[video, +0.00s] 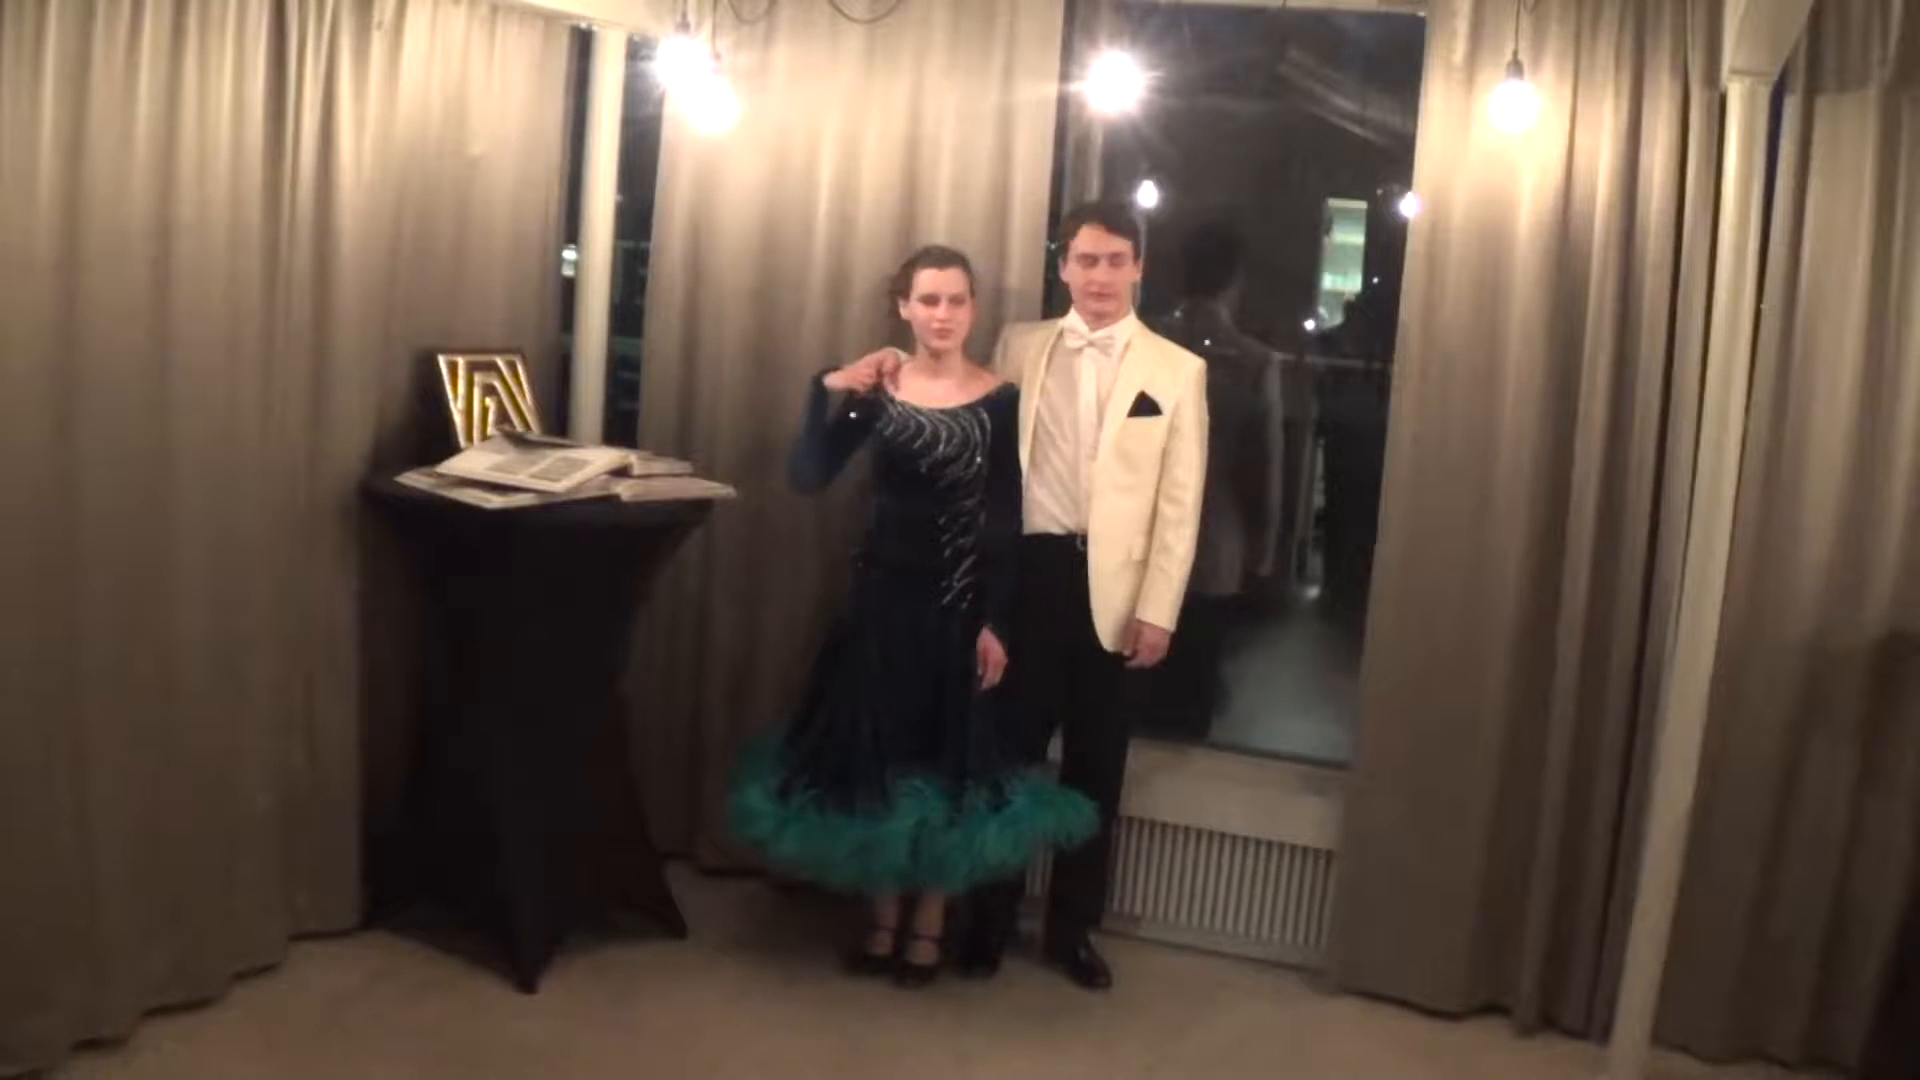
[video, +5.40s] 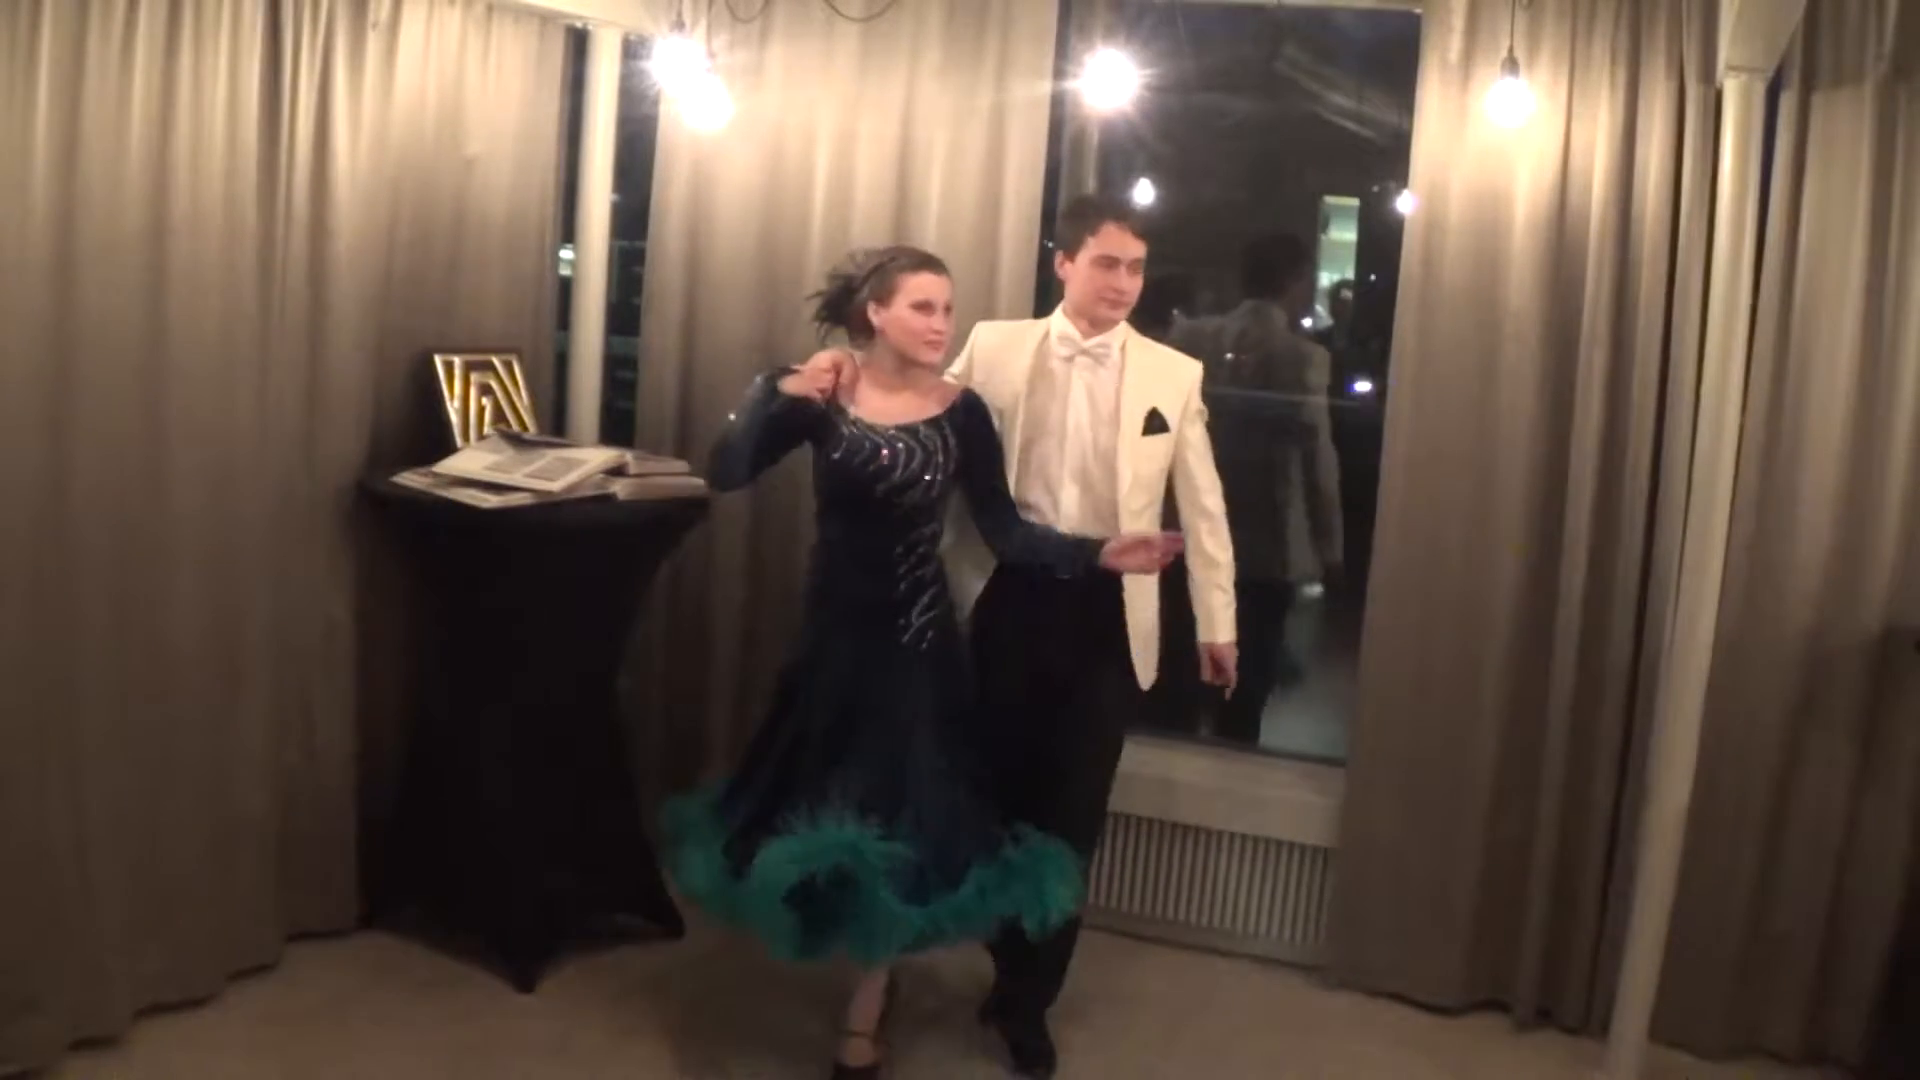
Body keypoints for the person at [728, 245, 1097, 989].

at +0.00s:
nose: (943, 314)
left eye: (956, 301)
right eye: (929, 300)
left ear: (976, 310)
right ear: (903, 308)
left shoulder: (998, 399)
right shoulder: (880, 389)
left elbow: (1005, 517)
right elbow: (811, 473)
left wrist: (994, 620)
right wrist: (832, 392)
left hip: (962, 598)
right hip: (887, 590)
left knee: (949, 752)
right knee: (884, 747)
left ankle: (932, 910)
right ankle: (884, 905)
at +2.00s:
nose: (959, 323)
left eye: (968, 309)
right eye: (943, 309)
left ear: (980, 314)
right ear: (903, 311)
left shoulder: (992, 397)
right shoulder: (871, 384)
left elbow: (1004, 515)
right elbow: (808, 483)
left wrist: (1004, 617)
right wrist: (828, 397)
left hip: (957, 597)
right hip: (881, 589)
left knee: (938, 753)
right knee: (877, 749)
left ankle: (922, 909)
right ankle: (878, 906)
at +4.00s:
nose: (957, 327)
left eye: (966, 311)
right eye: (940, 313)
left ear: (980, 312)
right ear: (903, 317)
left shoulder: (995, 394)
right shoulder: (876, 384)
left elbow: (1018, 507)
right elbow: (786, 452)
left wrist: (1032, 608)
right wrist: (835, 378)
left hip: (962, 595)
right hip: (885, 590)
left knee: (938, 753)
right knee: (877, 750)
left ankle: (919, 914)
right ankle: (873, 911)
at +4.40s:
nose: (937, 354)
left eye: (941, 334)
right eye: (917, 346)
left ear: (953, 322)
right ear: (888, 351)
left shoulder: (992, 407)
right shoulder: (875, 408)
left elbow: (1011, 519)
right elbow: (809, 494)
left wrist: (972, 520)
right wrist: (825, 416)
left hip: (964, 610)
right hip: (889, 603)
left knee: (936, 759)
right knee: (869, 755)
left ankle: (915, 920)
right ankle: (872, 951)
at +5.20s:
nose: (933, 323)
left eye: (940, 309)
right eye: (915, 309)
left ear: (948, 317)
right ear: (869, 317)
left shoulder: (968, 407)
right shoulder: (837, 393)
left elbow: (991, 525)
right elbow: (747, 479)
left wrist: (1055, 607)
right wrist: (788, 400)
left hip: (933, 617)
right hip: (850, 611)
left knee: (917, 793)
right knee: (848, 785)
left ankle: (883, 985)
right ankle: (878, 954)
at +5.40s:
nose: (942, 324)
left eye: (948, 310)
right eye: (924, 308)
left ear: (953, 320)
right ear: (872, 316)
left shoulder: (962, 412)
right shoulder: (827, 400)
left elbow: (1005, 532)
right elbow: (726, 471)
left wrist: (1105, 551)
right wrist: (782, 389)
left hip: (924, 626)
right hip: (842, 620)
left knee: (905, 799)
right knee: (846, 790)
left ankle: (870, 985)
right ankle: (872, 965)